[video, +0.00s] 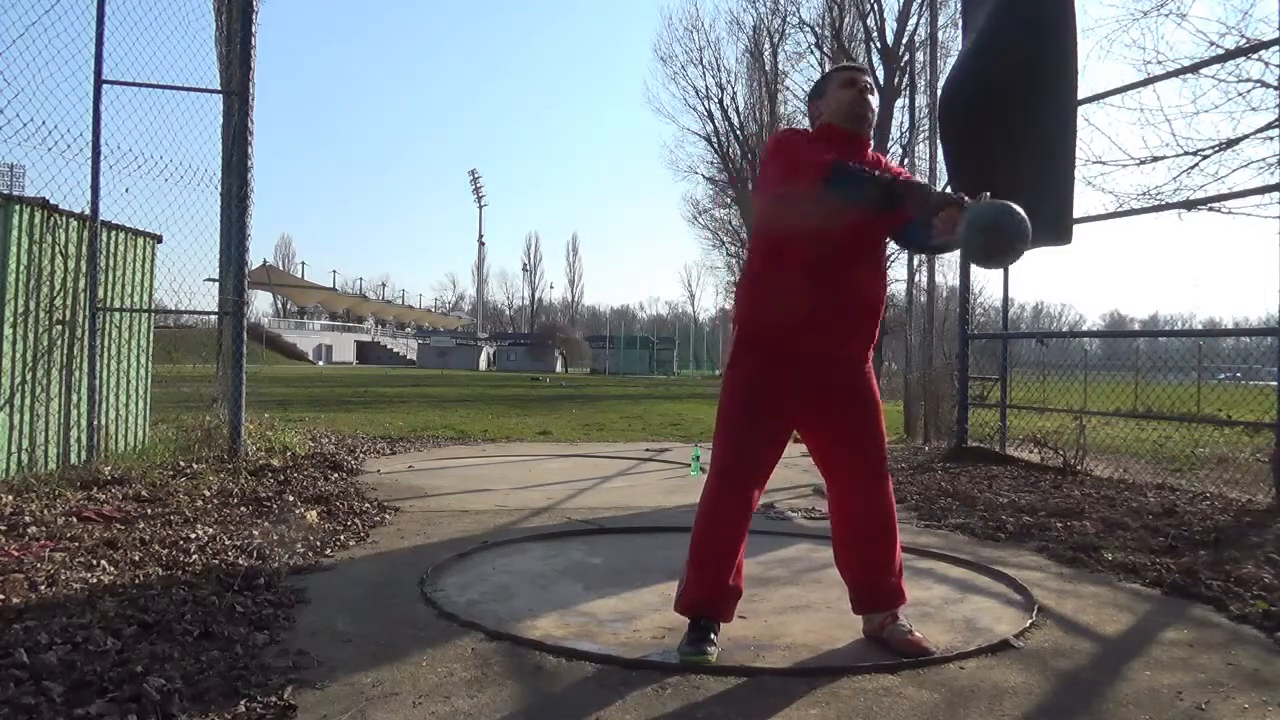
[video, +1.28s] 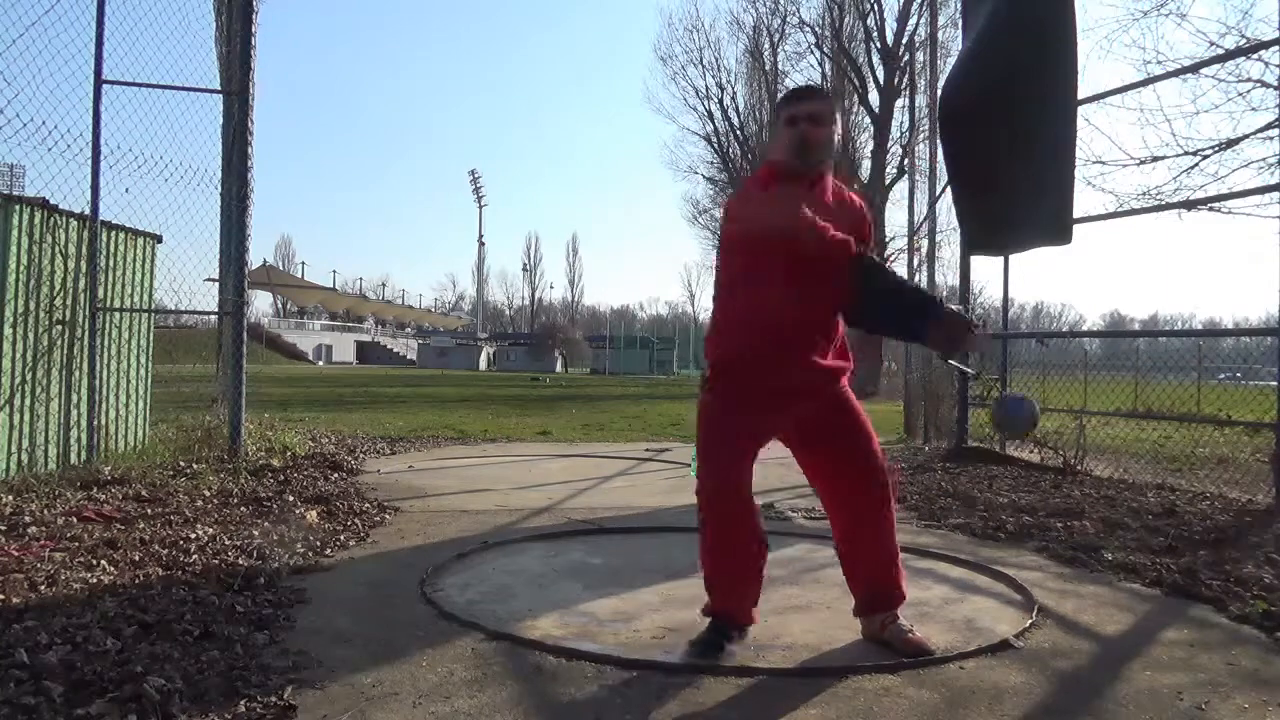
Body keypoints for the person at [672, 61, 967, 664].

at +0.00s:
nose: (865, 92)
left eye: (871, 88)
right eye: (850, 84)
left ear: (876, 110)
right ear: (817, 106)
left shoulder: (886, 172)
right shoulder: (789, 148)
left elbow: (916, 227)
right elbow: (838, 187)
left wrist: (955, 222)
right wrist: (919, 202)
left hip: (844, 357)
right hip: (766, 350)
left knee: (867, 483)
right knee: (733, 482)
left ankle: (882, 617)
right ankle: (703, 620)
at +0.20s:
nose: (904, 109)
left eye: (909, 105)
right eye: (889, 99)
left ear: (909, 128)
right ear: (851, 114)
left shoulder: (914, 202)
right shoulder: (821, 157)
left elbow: (917, 277)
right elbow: (872, 220)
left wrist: (953, 309)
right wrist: (946, 277)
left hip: (851, 361)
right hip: (778, 348)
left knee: (874, 483)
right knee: (741, 479)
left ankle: (882, 617)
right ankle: (703, 619)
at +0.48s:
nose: (953, 121)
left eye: (953, 113)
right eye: (938, 110)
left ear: (907, 128)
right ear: (895, 121)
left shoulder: (889, 179)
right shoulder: (887, 167)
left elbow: (868, 289)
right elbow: (919, 267)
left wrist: (914, 354)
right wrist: (941, 354)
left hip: (853, 357)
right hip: (799, 346)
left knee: (878, 483)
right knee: (766, 483)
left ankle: (882, 616)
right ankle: (699, 608)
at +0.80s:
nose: (952, 113)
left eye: (952, 104)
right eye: (938, 104)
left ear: (900, 121)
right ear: (897, 114)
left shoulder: (872, 163)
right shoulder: (922, 163)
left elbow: (873, 244)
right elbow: (964, 230)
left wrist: (928, 262)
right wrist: (946, 259)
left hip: (854, 352)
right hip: (819, 344)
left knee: (876, 483)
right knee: (789, 491)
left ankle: (882, 617)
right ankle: (700, 599)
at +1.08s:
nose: (896, 111)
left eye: (900, 101)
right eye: (880, 101)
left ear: (902, 111)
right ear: (842, 112)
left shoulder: (856, 181)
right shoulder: (847, 164)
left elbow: (874, 275)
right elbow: (928, 210)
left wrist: (954, 264)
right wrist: (969, 235)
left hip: (835, 363)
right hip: (778, 355)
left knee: (870, 479)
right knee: (767, 493)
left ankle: (881, 616)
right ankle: (710, 610)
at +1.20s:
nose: (844, 120)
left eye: (854, 111)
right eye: (829, 110)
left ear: (865, 125)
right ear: (803, 124)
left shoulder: (855, 203)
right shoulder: (793, 179)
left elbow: (871, 295)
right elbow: (889, 235)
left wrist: (953, 294)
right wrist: (967, 271)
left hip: (824, 371)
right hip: (753, 368)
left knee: (871, 476)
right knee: (740, 489)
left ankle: (881, 614)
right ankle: (720, 612)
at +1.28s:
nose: (807, 131)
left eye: (818, 121)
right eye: (794, 122)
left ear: (837, 133)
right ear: (775, 133)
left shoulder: (850, 209)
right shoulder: (754, 199)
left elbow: (864, 291)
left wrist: (933, 323)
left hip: (817, 379)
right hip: (739, 379)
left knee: (866, 480)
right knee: (720, 489)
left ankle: (879, 616)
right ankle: (727, 615)